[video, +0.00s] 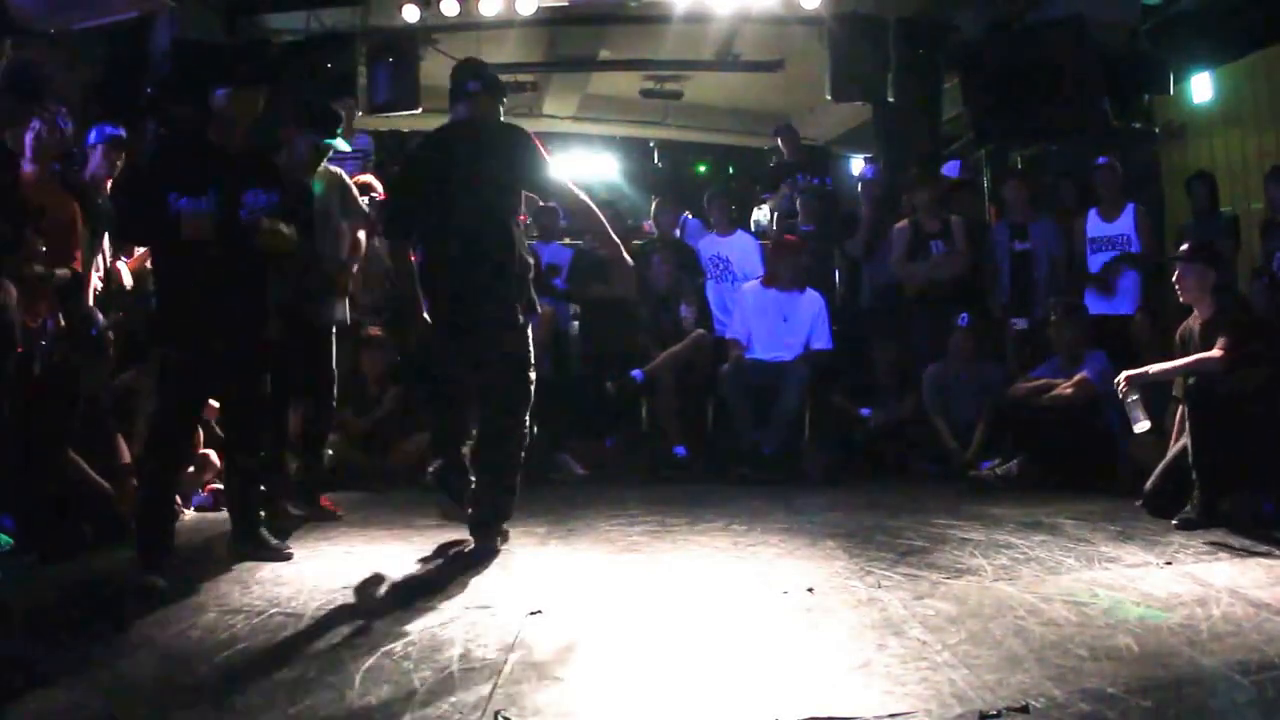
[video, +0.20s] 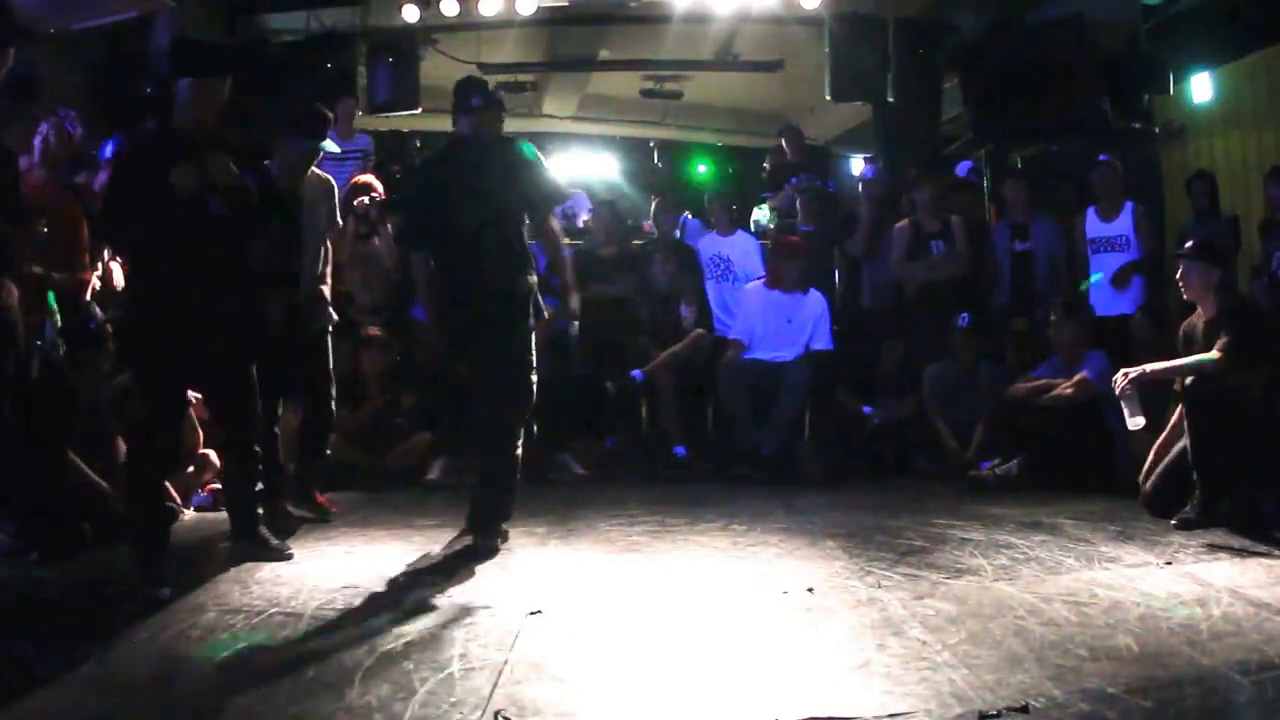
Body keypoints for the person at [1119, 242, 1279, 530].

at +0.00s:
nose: (1175, 280)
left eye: (1185, 272)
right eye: (1176, 272)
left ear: (1210, 277)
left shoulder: (1236, 312)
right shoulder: (1186, 332)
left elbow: (1220, 358)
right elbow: (1184, 404)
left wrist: (1144, 373)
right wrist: (1174, 457)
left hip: (1250, 427)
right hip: (1210, 431)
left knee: (1198, 391)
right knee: (1156, 499)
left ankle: (1205, 505)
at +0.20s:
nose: (1179, 276)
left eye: (1188, 268)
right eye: (1180, 268)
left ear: (1215, 274)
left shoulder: (1243, 315)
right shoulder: (1190, 329)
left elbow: (1218, 359)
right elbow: (1187, 405)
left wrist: (1144, 371)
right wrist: (1158, 452)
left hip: (1249, 430)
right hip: (1212, 430)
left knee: (1198, 392)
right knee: (1155, 497)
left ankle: (1206, 502)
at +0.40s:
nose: (1181, 278)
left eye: (1190, 270)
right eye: (1182, 270)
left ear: (1217, 275)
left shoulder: (1245, 315)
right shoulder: (1193, 328)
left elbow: (1221, 361)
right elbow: (1195, 401)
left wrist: (1146, 368)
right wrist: (1166, 436)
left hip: (1253, 432)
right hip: (1213, 433)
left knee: (1196, 387)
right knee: (1157, 497)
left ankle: (1206, 503)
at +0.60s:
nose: (1190, 274)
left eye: (1199, 266)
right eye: (1189, 266)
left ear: (1223, 273)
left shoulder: (1247, 314)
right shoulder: (1193, 327)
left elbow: (1222, 360)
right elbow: (1193, 402)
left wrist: (1145, 369)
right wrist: (1171, 453)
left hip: (1256, 427)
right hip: (1213, 428)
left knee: (1197, 389)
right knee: (1156, 498)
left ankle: (1206, 504)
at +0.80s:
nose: (1195, 278)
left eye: (1204, 269)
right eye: (1191, 271)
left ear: (1225, 271)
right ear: (1187, 275)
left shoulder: (1248, 315)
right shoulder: (1195, 328)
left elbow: (1223, 362)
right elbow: (1190, 403)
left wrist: (1145, 367)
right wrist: (1165, 453)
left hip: (1255, 429)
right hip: (1213, 430)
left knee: (1200, 388)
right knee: (1157, 497)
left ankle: (1206, 502)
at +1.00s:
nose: (1204, 272)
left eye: (1211, 264)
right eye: (1197, 266)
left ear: (1226, 270)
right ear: (1189, 275)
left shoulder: (1245, 315)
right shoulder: (1193, 328)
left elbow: (1223, 361)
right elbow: (1188, 400)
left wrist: (1143, 366)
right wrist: (1165, 451)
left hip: (1249, 424)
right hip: (1206, 425)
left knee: (1197, 392)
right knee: (1156, 497)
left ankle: (1206, 502)